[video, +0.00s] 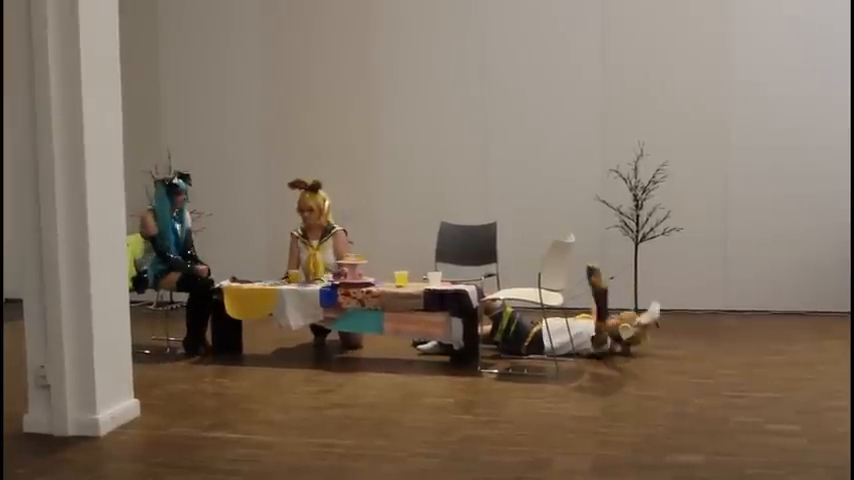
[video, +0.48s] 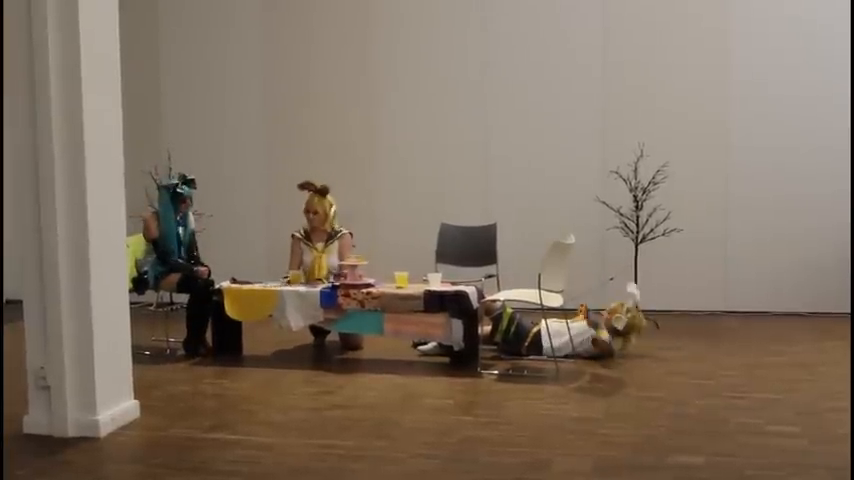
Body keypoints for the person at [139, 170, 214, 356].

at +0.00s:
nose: (183, 199)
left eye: (184, 195)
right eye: (179, 194)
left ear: (184, 196)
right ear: (168, 195)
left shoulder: (182, 215)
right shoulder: (151, 217)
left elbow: (188, 250)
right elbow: (162, 254)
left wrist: (199, 265)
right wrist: (191, 269)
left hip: (178, 266)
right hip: (157, 270)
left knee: (206, 284)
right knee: (199, 285)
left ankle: (199, 337)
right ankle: (192, 340)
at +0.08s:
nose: (184, 201)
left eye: (185, 197)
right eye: (180, 197)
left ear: (185, 198)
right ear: (169, 197)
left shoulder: (183, 216)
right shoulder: (151, 217)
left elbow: (188, 250)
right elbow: (163, 255)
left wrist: (200, 265)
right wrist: (191, 269)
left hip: (178, 267)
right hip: (157, 271)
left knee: (207, 283)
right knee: (199, 285)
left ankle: (199, 337)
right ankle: (192, 340)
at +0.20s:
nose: (185, 201)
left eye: (187, 197)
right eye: (181, 197)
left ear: (187, 199)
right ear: (170, 198)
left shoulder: (184, 217)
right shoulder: (152, 218)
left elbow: (189, 251)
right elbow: (164, 256)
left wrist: (201, 265)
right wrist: (193, 269)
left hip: (179, 267)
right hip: (159, 271)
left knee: (207, 283)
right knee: (200, 284)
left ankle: (200, 338)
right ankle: (193, 340)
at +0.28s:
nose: (186, 202)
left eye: (187, 198)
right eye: (182, 199)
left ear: (188, 200)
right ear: (172, 198)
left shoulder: (184, 218)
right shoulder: (153, 218)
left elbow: (190, 252)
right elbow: (165, 257)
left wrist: (201, 265)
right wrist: (193, 269)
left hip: (179, 267)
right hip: (158, 271)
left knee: (207, 284)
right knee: (200, 285)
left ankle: (200, 338)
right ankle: (193, 340)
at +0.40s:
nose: (187, 204)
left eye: (188, 200)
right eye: (183, 200)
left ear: (189, 201)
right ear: (172, 199)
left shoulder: (186, 219)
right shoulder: (154, 219)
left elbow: (191, 253)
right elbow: (165, 258)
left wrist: (201, 266)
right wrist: (193, 270)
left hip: (181, 268)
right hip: (160, 272)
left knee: (207, 284)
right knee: (200, 285)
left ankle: (200, 339)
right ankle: (193, 341)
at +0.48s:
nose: (187, 203)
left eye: (188, 199)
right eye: (183, 199)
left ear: (189, 200)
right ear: (172, 198)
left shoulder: (186, 219)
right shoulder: (153, 219)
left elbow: (193, 253)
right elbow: (164, 258)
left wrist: (200, 267)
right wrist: (192, 271)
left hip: (182, 268)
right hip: (160, 272)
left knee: (207, 285)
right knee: (199, 285)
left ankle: (199, 339)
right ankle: (192, 341)